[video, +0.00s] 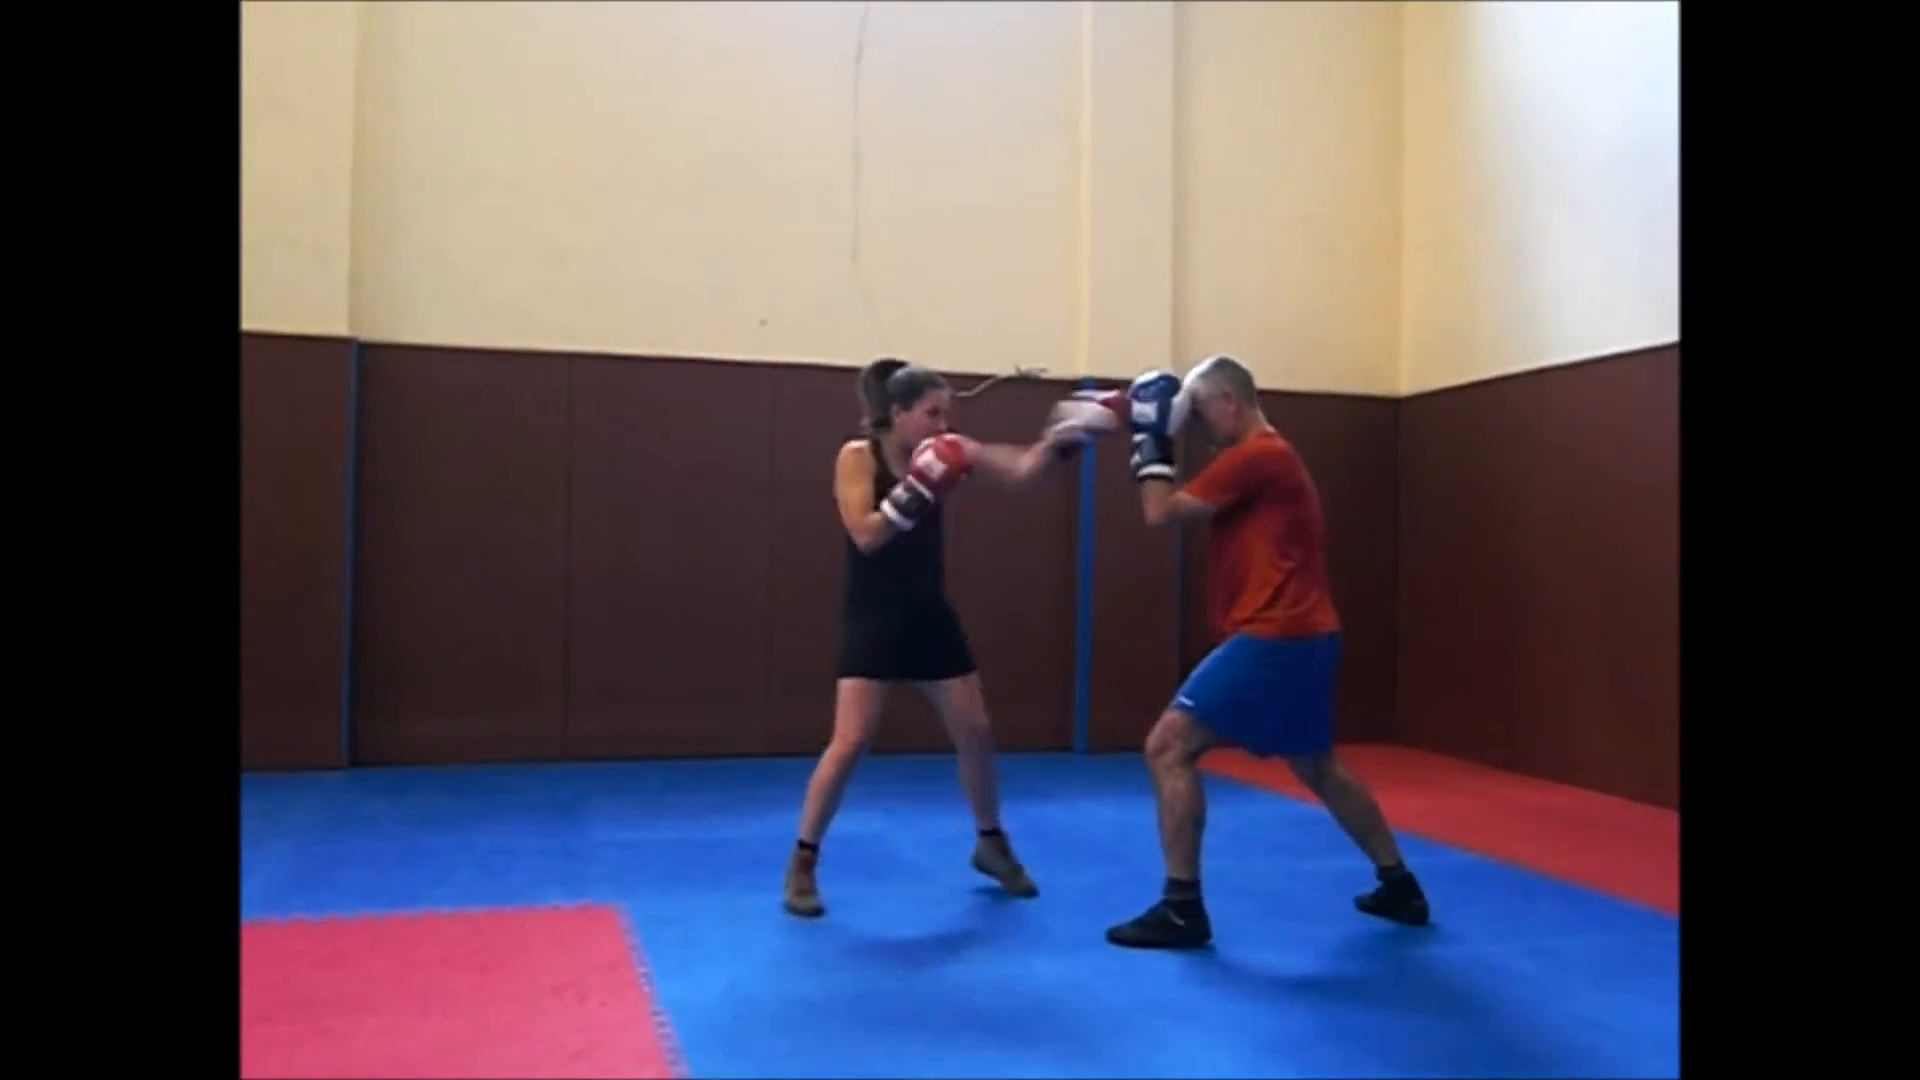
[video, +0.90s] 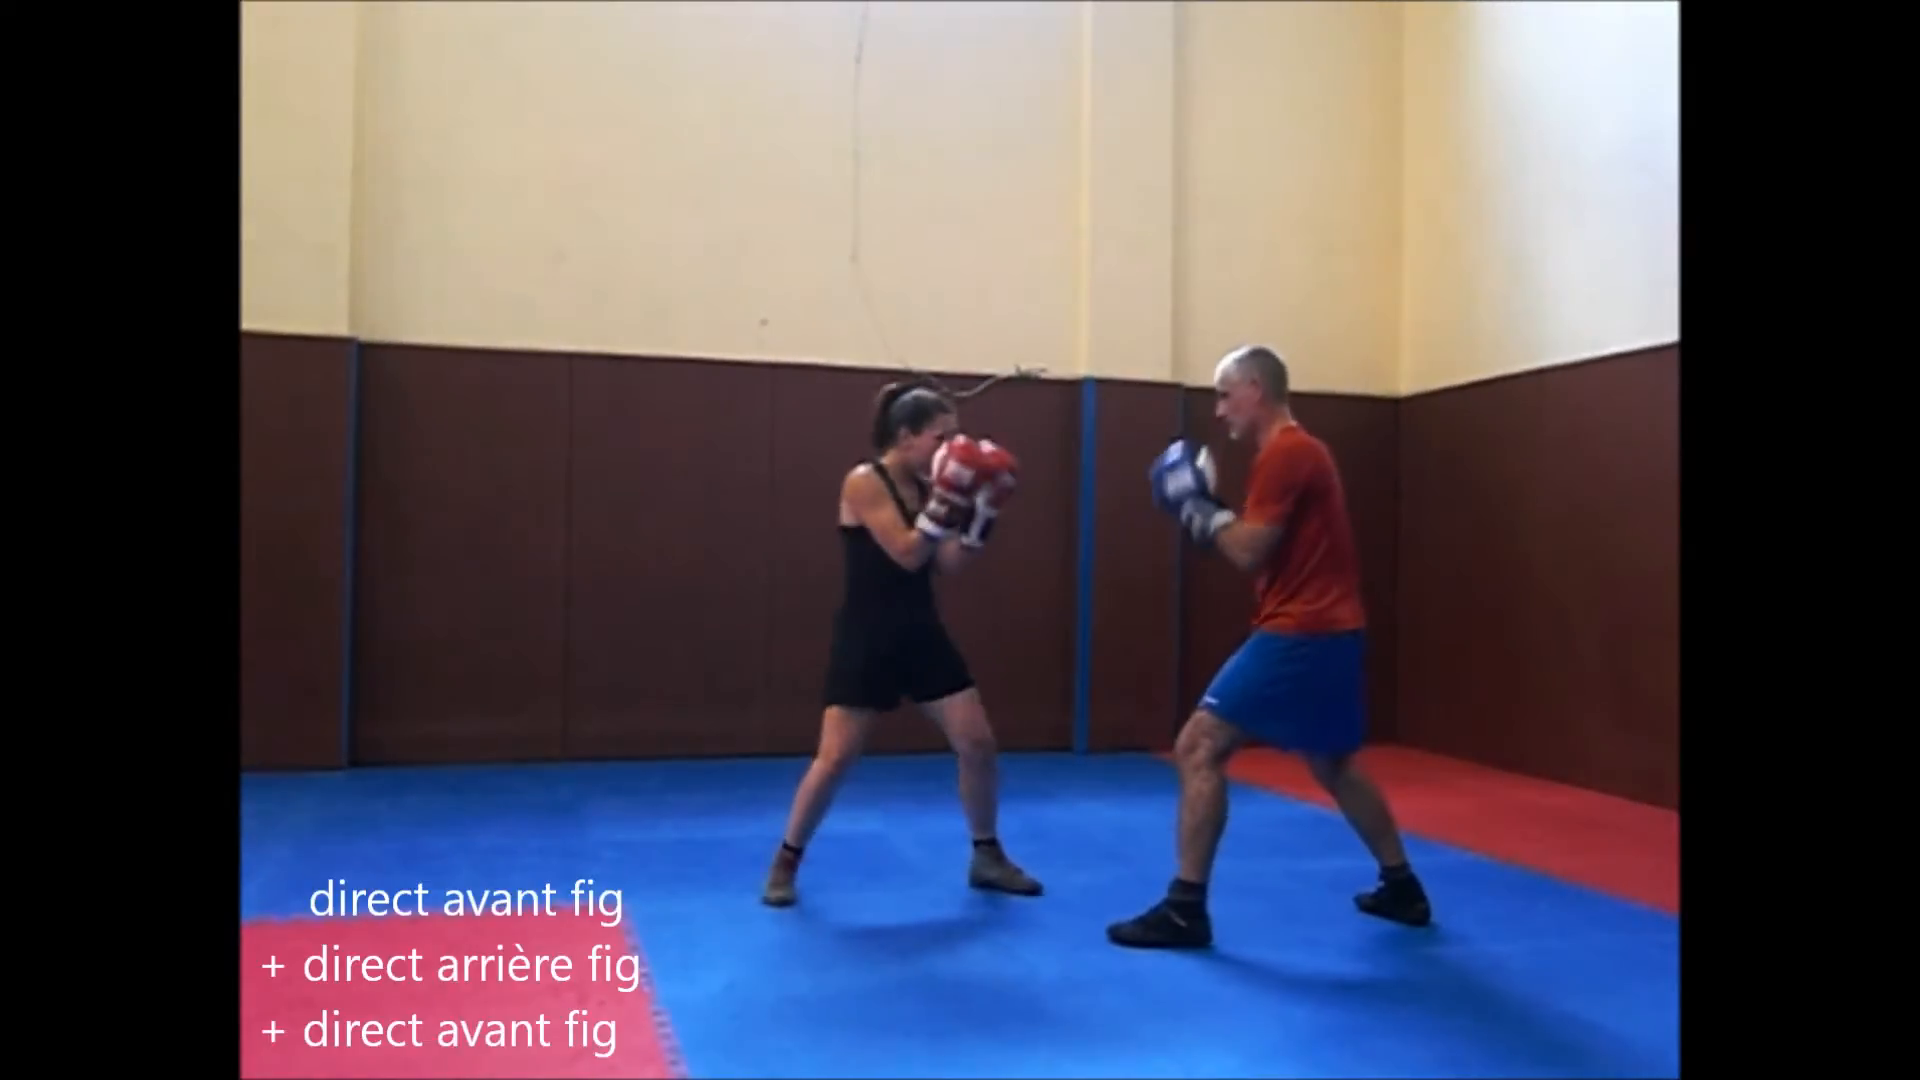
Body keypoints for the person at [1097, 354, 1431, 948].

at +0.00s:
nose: (1201, 423)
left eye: (1203, 410)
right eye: (1197, 412)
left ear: (1231, 402)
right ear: (1237, 403)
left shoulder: (1255, 458)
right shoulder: (1271, 454)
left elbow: (1159, 509)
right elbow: (1176, 501)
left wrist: (1148, 436)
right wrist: (1159, 433)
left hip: (1270, 636)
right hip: (1305, 636)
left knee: (1168, 748)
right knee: (1319, 767)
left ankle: (1182, 907)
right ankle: (1399, 886)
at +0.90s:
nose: (1219, 408)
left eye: (1226, 394)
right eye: (1218, 396)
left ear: (1260, 392)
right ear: (1264, 394)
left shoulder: (1285, 453)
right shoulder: (1296, 450)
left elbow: (1249, 548)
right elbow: (1253, 538)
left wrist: (1197, 508)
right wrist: (1204, 508)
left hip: (1296, 634)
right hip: (1332, 633)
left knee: (1198, 747)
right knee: (1336, 764)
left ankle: (1185, 908)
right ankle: (1403, 887)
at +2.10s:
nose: (1120, 416)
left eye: (1126, 405)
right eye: (1120, 406)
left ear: (1157, 403)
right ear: (1183, 403)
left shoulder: (1134, 442)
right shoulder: (1241, 442)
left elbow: (1038, 462)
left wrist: (966, 441)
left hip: (1193, 628)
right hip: (1268, 620)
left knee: (1104, 745)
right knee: (1298, 750)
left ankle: (1139, 893)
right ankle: (1360, 874)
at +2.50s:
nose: (1170, 397)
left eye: (1175, 384)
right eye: (1169, 386)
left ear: (1203, 380)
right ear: (1220, 380)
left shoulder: (1222, 432)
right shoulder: (1269, 430)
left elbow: (1168, 509)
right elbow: (1212, 500)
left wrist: (1131, 458)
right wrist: (1173, 446)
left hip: (1241, 610)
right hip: (1291, 607)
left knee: (1143, 737)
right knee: (1305, 752)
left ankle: (1175, 893)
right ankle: (1368, 882)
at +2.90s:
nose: (1203, 411)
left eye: (1205, 397)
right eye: (1199, 400)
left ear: (1230, 391)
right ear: (1248, 392)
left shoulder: (1257, 447)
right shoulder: (1285, 446)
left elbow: (1160, 493)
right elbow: (1192, 483)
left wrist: (1151, 427)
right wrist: (1171, 424)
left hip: (1270, 630)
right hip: (1312, 628)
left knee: (1171, 746)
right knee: (1325, 765)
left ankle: (1200, 905)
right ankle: (1400, 888)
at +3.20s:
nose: (1212, 411)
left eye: (1214, 397)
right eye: (1209, 400)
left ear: (1239, 387)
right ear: (1252, 388)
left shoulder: (1267, 440)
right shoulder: (1289, 441)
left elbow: (1176, 495)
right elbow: (1189, 493)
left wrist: (1157, 428)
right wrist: (1165, 431)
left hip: (1285, 628)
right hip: (1323, 628)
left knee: (1188, 749)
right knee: (1336, 766)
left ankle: (1204, 909)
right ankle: (1402, 890)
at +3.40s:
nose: (1222, 412)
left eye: (1223, 399)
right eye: (1219, 401)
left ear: (1244, 390)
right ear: (1263, 389)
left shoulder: (1274, 443)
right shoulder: (1295, 443)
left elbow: (1184, 498)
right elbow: (1197, 493)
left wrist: (1172, 429)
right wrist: (1178, 432)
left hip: (1290, 632)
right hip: (1328, 631)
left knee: (1192, 747)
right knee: (1335, 768)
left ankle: (1203, 907)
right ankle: (1401, 890)